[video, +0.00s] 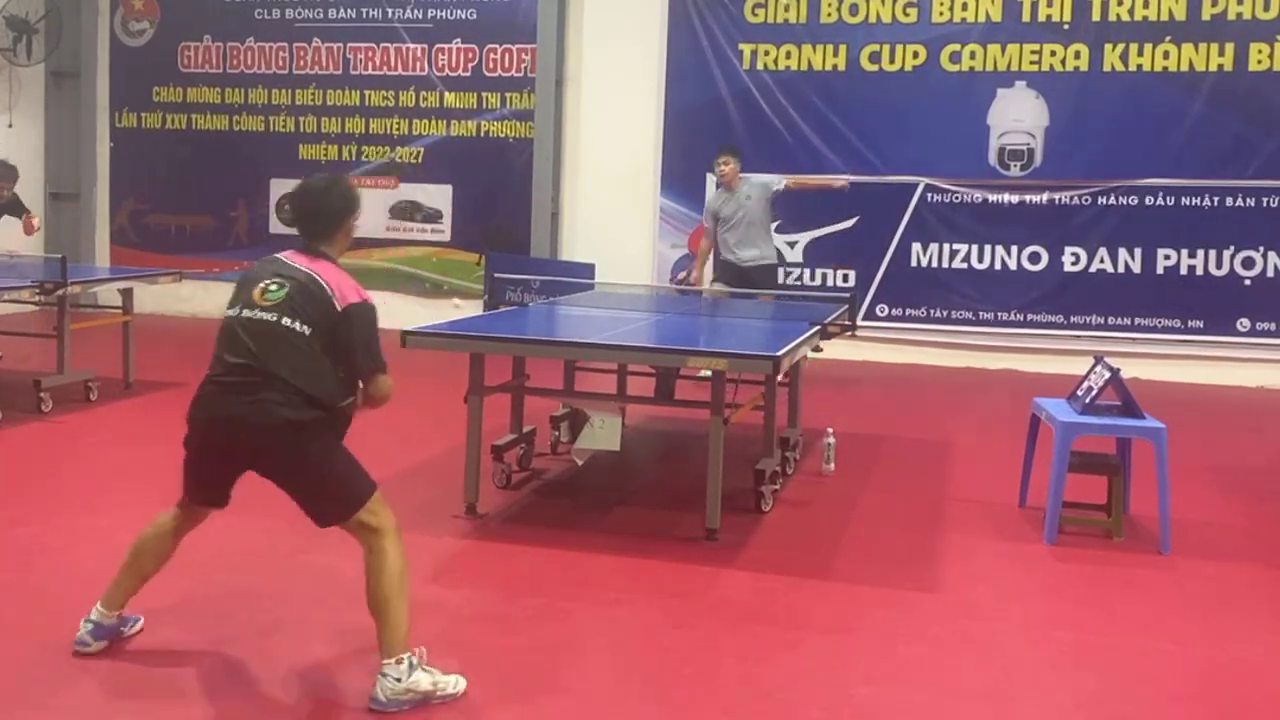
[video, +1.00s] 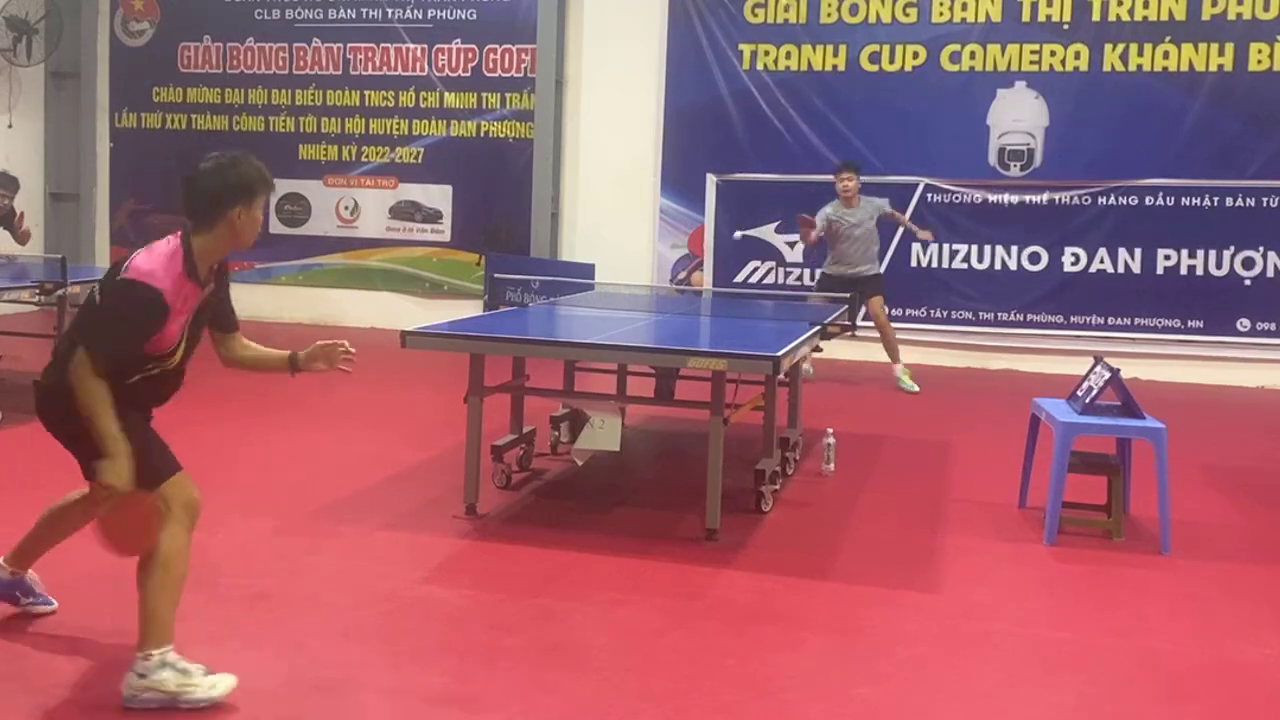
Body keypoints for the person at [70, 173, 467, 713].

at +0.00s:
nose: (358, 227)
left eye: (357, 218)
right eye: (356, 219)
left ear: (298, 221)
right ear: (346, 227)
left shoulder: (260, 270)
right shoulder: (347, 294)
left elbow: (253, 347)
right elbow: (379, 390)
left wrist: (334, 380)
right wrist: (348, 392)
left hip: (215, 417)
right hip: (291, 428)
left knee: (185, 513)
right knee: (380, 529)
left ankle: (100, 619)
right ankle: (397, 669)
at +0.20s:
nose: (279, 177)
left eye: (276, 170)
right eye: (278, 170)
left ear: (221, 175)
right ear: (271, 177)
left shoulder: (183, 218)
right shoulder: (288, 230)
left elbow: (174, 272)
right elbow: (342, 246)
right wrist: (371, 231)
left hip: (133, 348)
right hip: (206, 355)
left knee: (139, 459)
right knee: (256, 492)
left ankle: (107, 589)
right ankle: (298, 638)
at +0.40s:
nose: (248, 203)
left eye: (245, 195)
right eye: (247, 196)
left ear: (190, 196)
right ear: (237, 202)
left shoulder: (142, 227)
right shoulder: (242, 258)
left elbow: (42, 258)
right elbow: (321, 270)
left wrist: (58, 240)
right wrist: (347, 225)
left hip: (78, 357)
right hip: (147, 366)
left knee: (72, 487)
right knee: (196, 512)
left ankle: (39, 613)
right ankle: (233, 654)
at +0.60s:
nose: (231, 193)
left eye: (230, 183)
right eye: (229, 183)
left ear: (170, 185)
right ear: (216, 187)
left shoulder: (116, 227)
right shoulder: (211, 251)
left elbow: (51, 299)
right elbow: (271, 332)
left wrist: (101, 323)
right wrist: (327, 329)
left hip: (56, 379)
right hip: (120, 385)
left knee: (86, 485)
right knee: (212, 495)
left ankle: (39, 612)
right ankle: (224, 640)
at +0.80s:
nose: (250, 191)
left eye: (251, 181)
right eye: (249, 181)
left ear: (193, 180)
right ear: (232, 183)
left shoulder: (151, 224)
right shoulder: (201, 251)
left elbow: (145, 315)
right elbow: (192, 356)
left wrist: (223, 339)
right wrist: (268, 392)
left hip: (65, 380)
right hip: (119, 392)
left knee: (100, 481)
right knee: (215, 503)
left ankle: (20, 588)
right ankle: (194, 654)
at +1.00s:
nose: (262, 222)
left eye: (263, 211)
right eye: (259, 210)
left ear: (222, 212)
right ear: (232, 213)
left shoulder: (212, 265)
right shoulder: (149, 279)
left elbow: (232, 347)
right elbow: (83, 363)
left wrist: (297, 360)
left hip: (119, 397)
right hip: (80, 397)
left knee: (110, 490)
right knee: (179, 504)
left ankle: (10, 568)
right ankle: (153, 661)